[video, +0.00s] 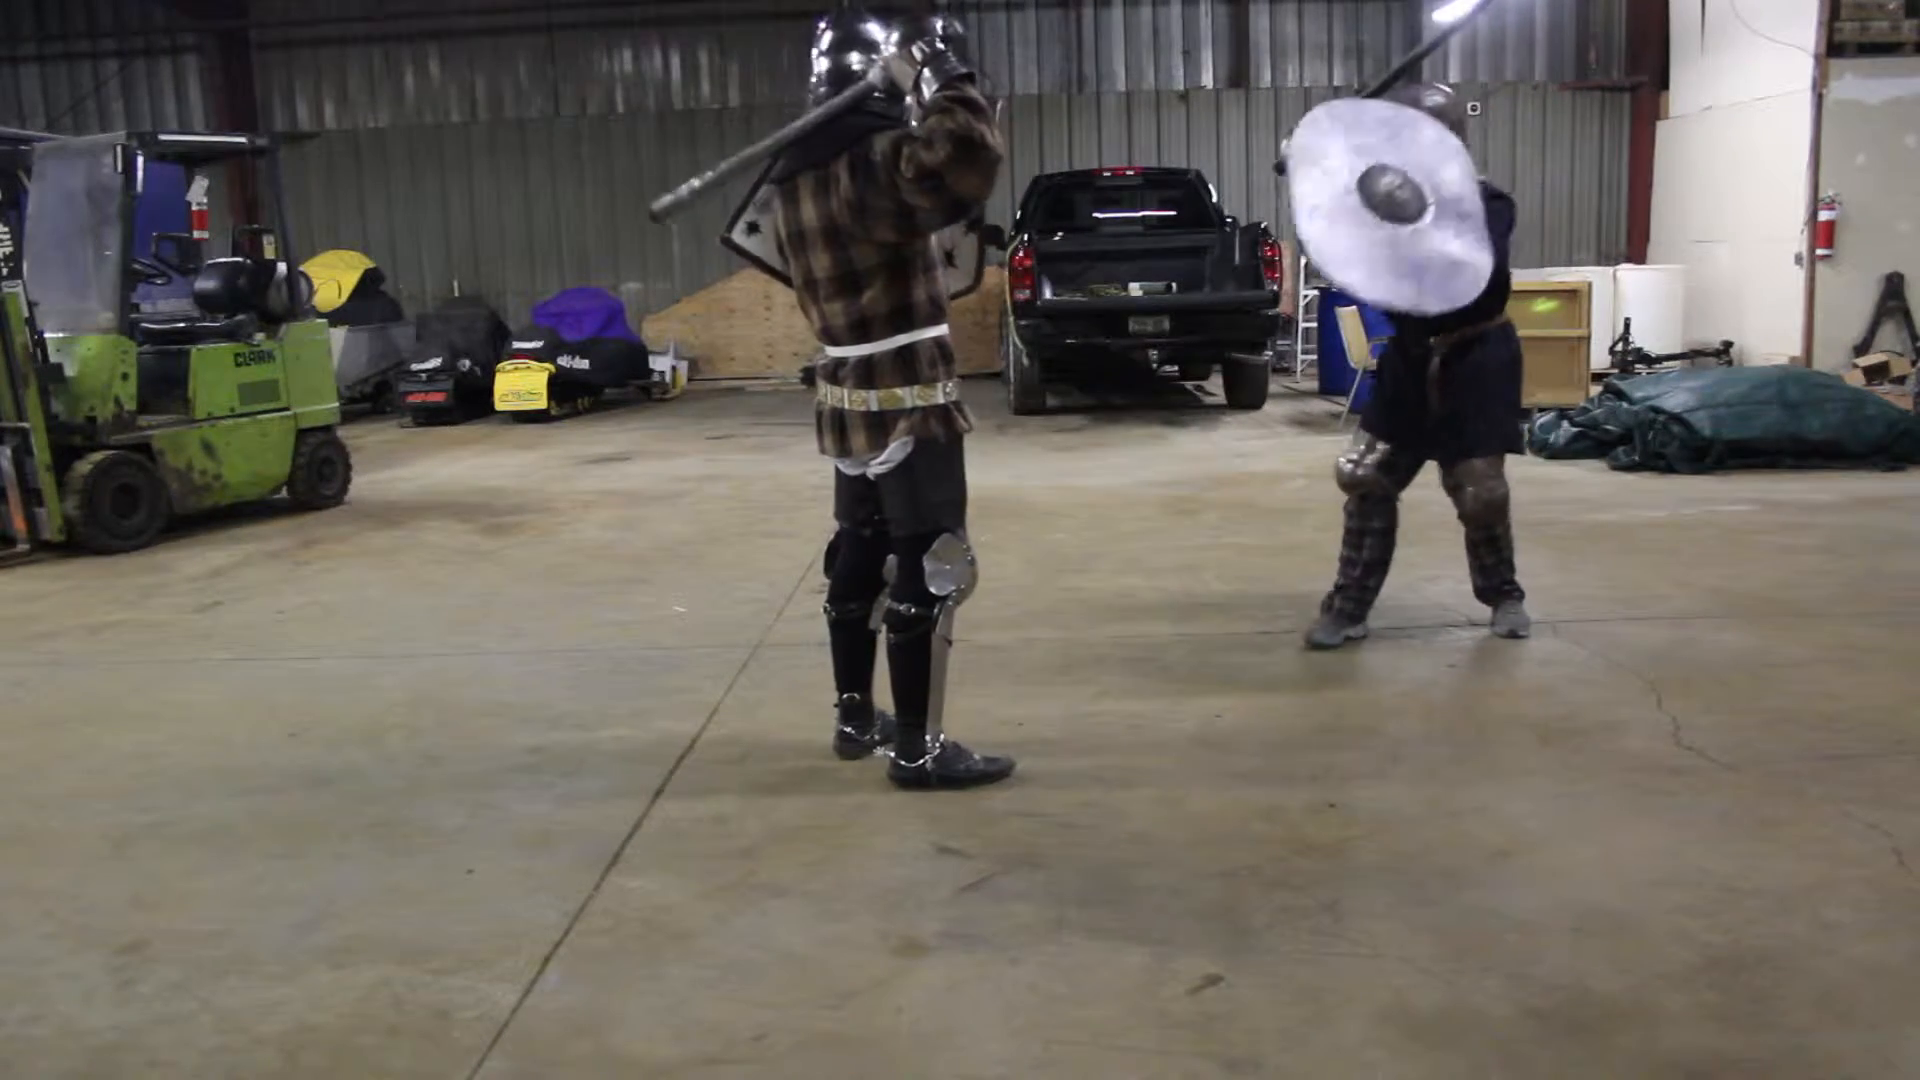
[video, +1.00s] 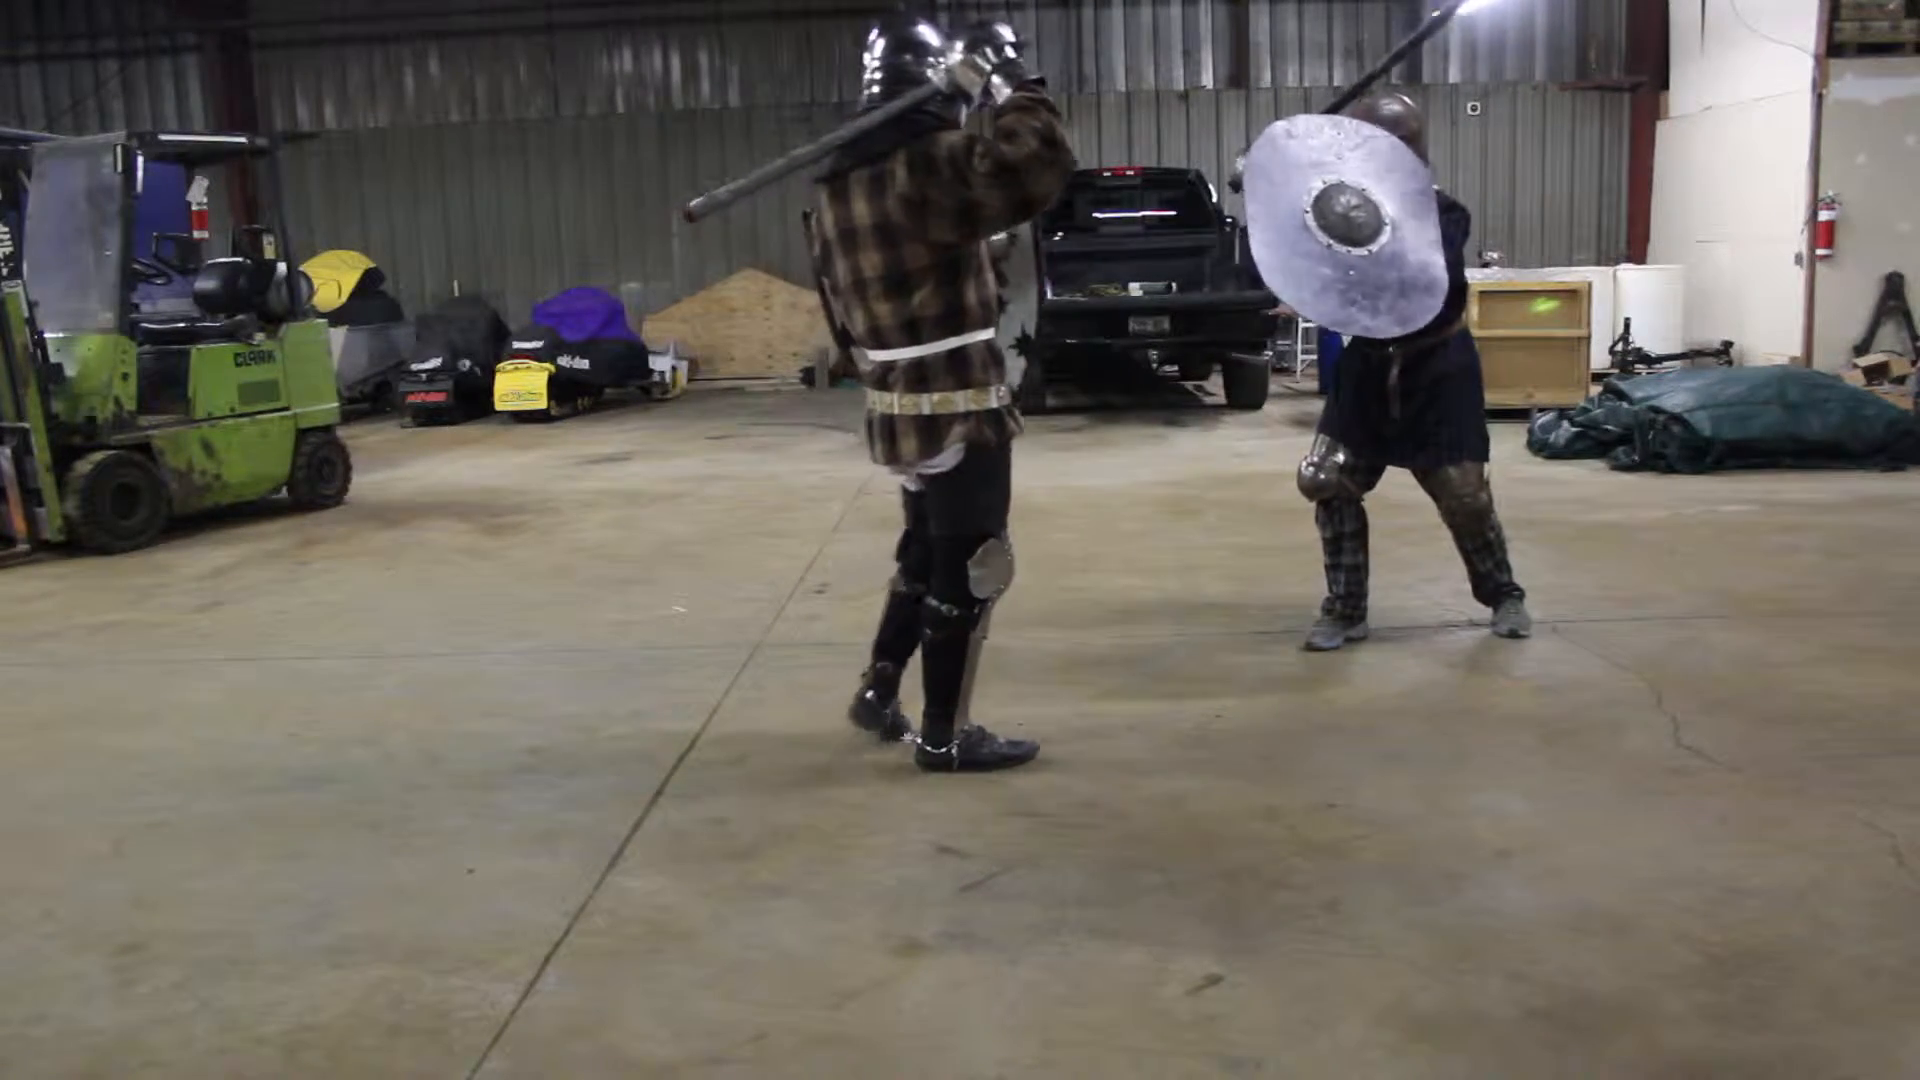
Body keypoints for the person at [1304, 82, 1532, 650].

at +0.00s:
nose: (1425, 144)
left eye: (1437, 132)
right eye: (1414, 133)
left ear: (1458, 136)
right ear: (1401, 137)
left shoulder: (1488, 204)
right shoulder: (1391, 200)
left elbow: (1465, 280)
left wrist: (1417, 217)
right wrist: (1312, 180)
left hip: (1479, 350)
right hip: (1410, 349)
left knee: (1480, 487)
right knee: (1368, 476)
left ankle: (1504, 598)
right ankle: (1347, 607)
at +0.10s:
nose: (1414, 147)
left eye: (1428, 135)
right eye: (1402, 136)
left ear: (1449, 139)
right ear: (1387, 140)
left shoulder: (1476, 209)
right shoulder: (1379, 202)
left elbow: (1465, 295)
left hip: (1466, 354)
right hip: (1394, 352)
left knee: (1470, 490)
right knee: (1351, 477)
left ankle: (1503, 598)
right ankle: (1346, 609)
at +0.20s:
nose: (1417, 153)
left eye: (1427, 140)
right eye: (1401, 141)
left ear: (1445, 144)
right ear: (1378, 144)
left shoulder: (1463, 211)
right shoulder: (1364, 204)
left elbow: (1466, 300)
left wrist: (1415, 339)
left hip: (1454, 360)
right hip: (1380, 360)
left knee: (1470, 499)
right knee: (1341, 479)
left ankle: (1503, 597)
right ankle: (1345, 608)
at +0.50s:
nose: (1394, 153)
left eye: (1404, 140)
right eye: (1380, 142)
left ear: (1421, 145)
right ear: (1358, 147)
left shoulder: (1444, 212)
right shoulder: (1347, 210)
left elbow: (1447, 303)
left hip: (1439, 359)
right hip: (1365, 360)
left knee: (1462, 498)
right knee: (1328, 481)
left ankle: (1503, 598)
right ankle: (1345, 608)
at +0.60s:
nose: (1388, 149)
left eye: (1398, 136)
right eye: (1375, 137)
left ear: (1417, 142)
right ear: (1354, 144)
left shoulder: (1442, 209)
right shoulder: (1346, 207)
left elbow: (1427, 288)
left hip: (1440, 356)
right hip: (1365, 358)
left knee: (1461, 497)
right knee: (1327, 481)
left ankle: (1503, 597)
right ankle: (1345, 608)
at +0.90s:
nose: (1384, 150)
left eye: (1395, 138)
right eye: (1373, 138)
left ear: (1416, 144)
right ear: (1357, 144)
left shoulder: (1443, 211)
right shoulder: (1348, 206)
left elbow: (1427, 288)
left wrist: (1379, 222)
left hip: (1439, 355)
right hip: (1364, 357)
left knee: (1460, 489)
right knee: (1330, 480)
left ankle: (1504, 597)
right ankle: (1344, 610)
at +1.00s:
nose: (1374, 156)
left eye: (1387, 143)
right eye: (1363, 143)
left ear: (1413, 148)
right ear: (1353, 147)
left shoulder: (1443, 215)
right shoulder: (1347, 209)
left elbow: (1438, 305)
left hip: (1438, 357)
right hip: (1365, 358)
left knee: (1461, 489)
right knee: (1330, 479)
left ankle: (1504, 597)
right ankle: (1344, 610)